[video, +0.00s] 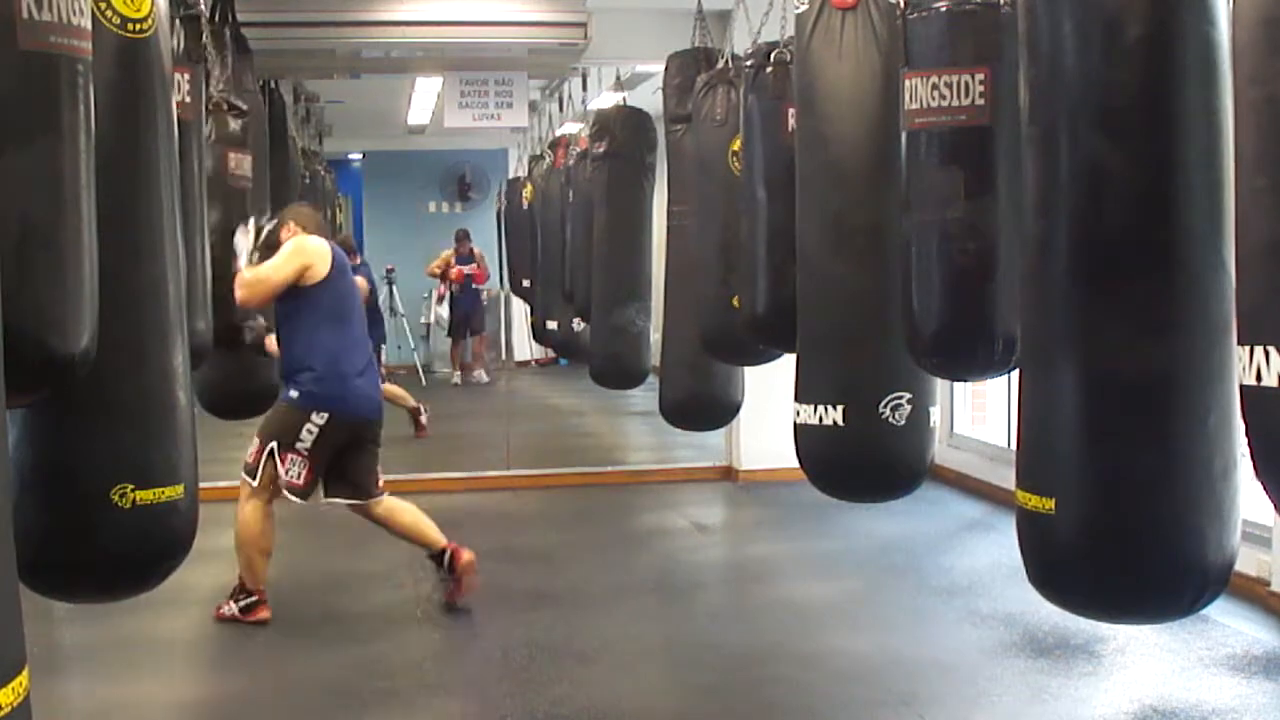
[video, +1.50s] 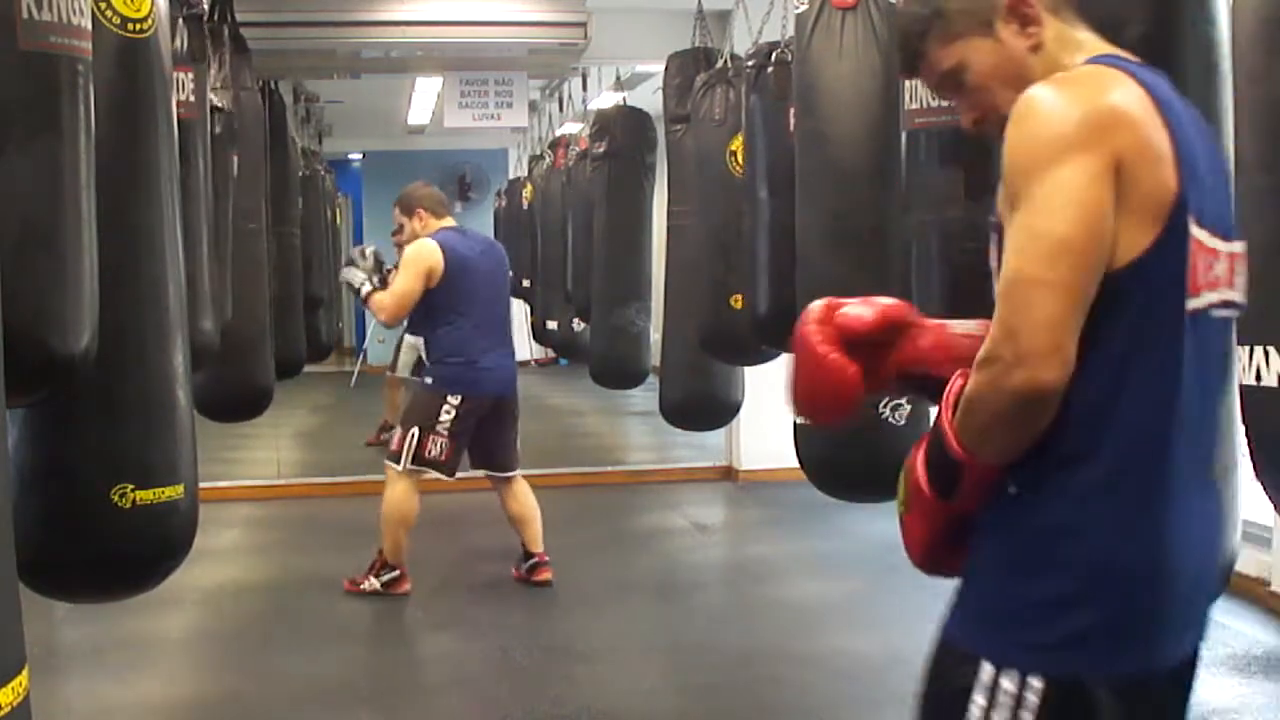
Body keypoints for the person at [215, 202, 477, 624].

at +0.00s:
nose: (279, 240)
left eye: (280, 233)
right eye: (279, 235)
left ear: (292, 229)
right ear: (323, 229)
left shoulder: (305, 248)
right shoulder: (345, 269)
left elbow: (245, 293)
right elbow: (325, 344)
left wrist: (245, 256)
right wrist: (273, 344)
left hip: (316, 396)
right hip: (364, 397)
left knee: (255, 489)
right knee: (365, 496)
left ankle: (250, 596)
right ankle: (447, 553)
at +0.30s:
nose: (265, 247)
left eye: (264, 240)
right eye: (265, 241)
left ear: (275, 235)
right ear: (312, 229)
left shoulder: (283, 265)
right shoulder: (365, 260)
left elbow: (251, 334)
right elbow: (420, 306)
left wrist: (259, 289)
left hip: (334, 392)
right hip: (387, 392)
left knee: (279, 485)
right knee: (397, 483)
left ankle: (257, 585)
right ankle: (444, 560)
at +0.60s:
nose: (331, 252)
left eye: (333, 241)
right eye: (329, 243)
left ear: (352, 236)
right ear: (367, 234)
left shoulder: (372, 279)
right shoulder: (403, 269)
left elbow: (332, 339)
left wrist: (314, 309)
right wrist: (333, 307)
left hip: (391, 408)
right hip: (428, 407)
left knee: (317, 481)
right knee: (440, 487)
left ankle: (323, 582)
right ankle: (509, 548)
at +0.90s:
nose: (393, 221)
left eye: (395, 211)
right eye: (393, 212)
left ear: (411, 206)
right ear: (434, 206)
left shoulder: (421, 241)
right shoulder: (473, 239)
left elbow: (407, 311)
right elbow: (461, 305)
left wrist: (374, 292)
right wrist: (394, 280)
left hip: (456, 369)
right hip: (496, 368)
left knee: (402, 459)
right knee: (496, 467)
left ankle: (420, 562)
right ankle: (526, 555)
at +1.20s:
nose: (418, 230)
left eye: (418, 222)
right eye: (417, 223)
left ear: (434, 214)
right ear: (458, 213)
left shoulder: (441, 249)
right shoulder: (505, 249)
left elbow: (429, 321)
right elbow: (506, 310)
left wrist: (403, 307)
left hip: (471, 377)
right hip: (517, 379)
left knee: (400, 452)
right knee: (514, 472)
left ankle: (431, 547)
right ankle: (539, 559)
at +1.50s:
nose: (401, 235)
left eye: (402, 226)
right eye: (399, 228)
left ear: (420, 216)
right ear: (444, 215)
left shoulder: (425, 250)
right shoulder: (492, 248)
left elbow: (390, 312)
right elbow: (448, 309)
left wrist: (364, 286)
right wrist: (395, 275)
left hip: (452, 381)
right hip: (501, 381)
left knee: (402, 471)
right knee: (507, 475)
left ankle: (389, 568)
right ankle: (537, 559)